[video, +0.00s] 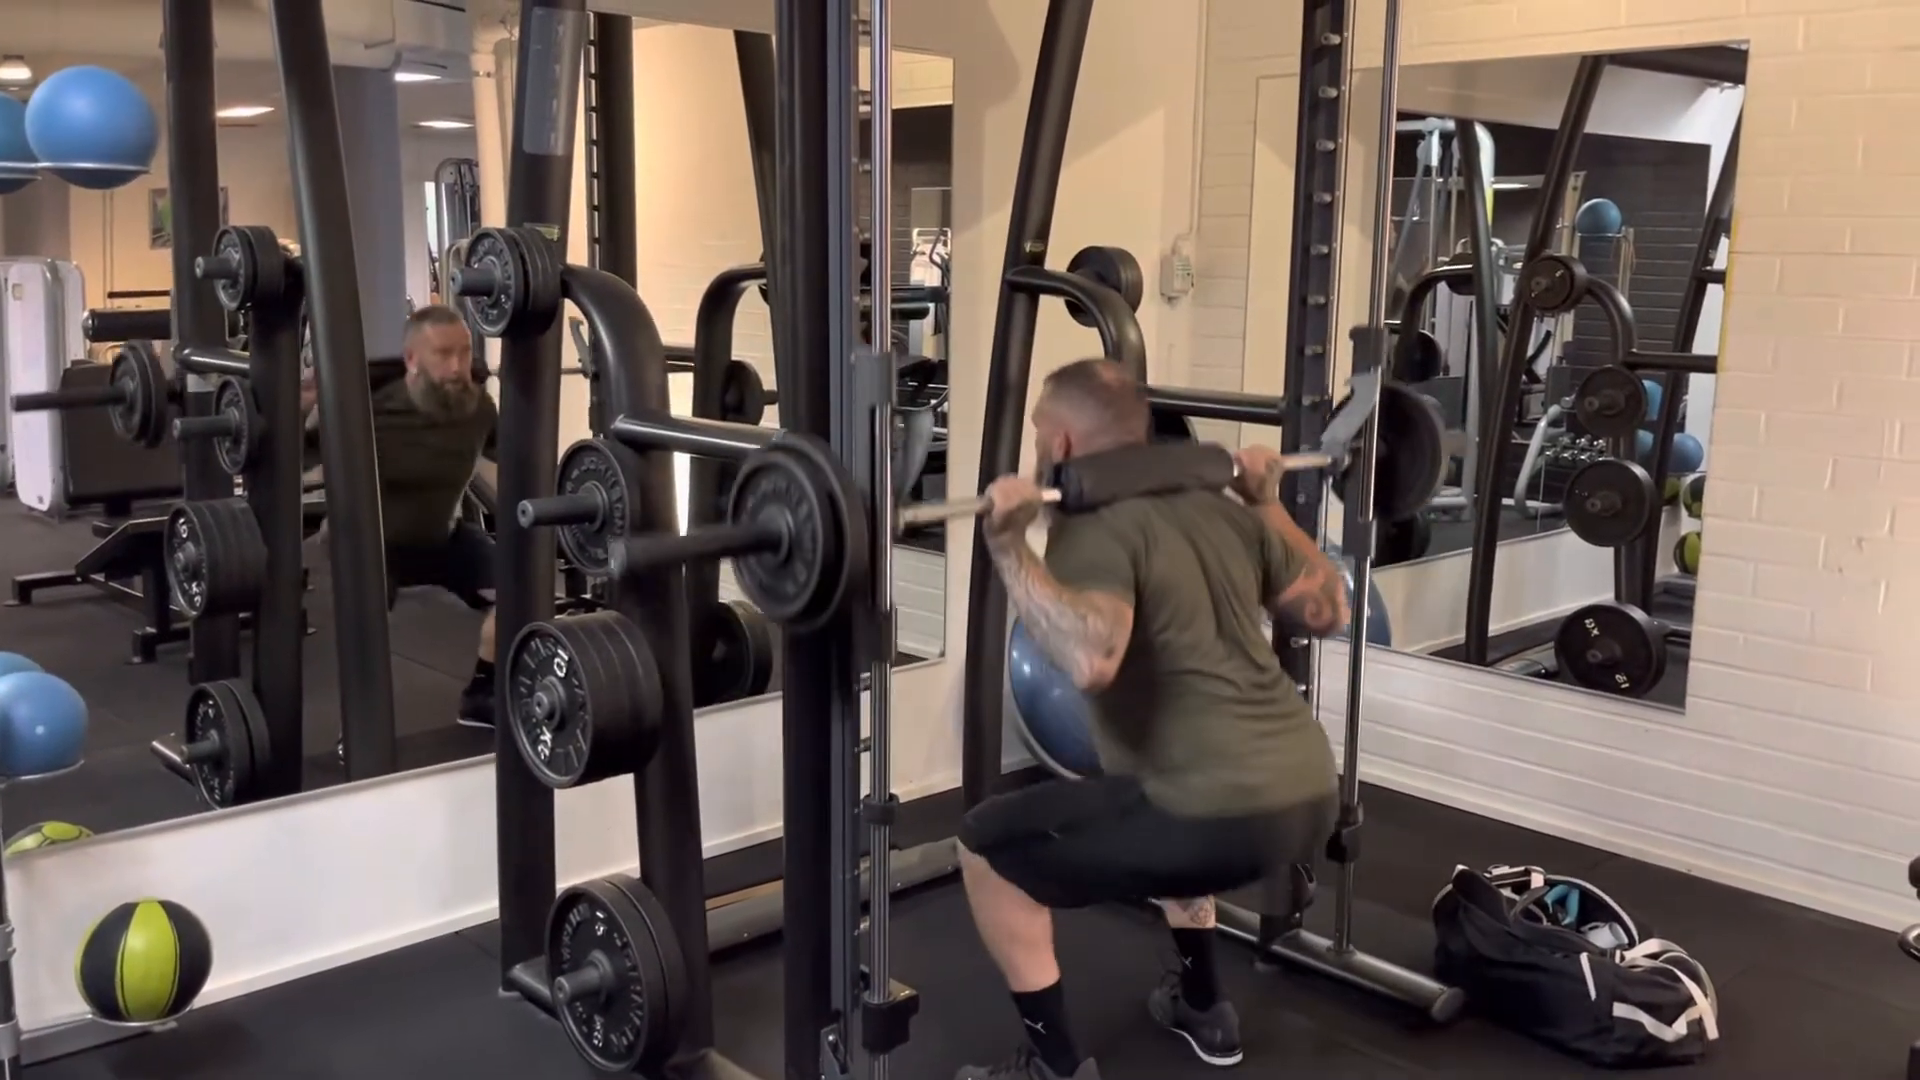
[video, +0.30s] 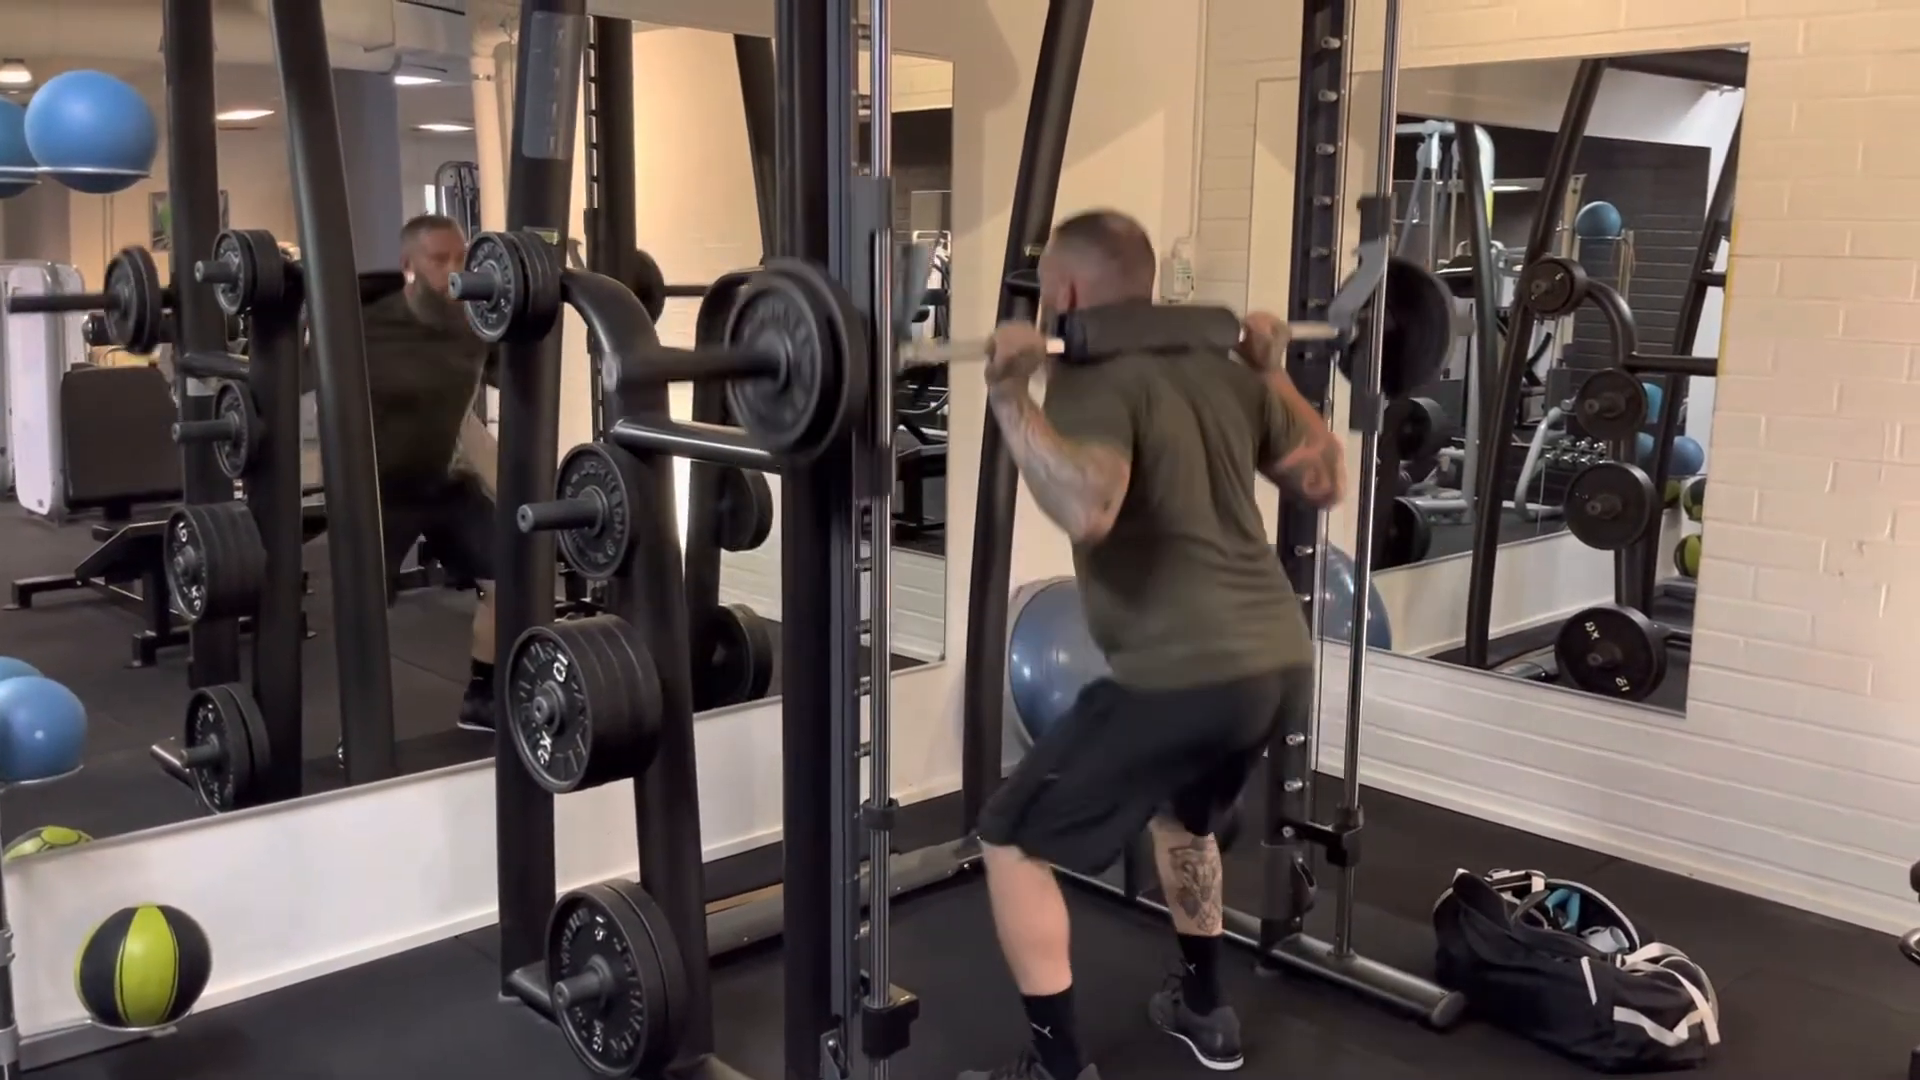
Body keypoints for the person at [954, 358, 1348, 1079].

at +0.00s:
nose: (1036, 450)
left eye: (1038, 436)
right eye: (1034, 436)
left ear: (1060, 445)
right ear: (1139, 431)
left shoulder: (1097, 526)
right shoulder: (1222, 511)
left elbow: (1091, 656)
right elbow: (1328, 609)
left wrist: (1008, 546)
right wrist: (1267, 503)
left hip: (1203, 819)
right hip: (1304, 801)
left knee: (985, 845)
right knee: (1159, 791)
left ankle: (1053, 1055)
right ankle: (1203, 1000)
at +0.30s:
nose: (1048, 303)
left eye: (1049, 289)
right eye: (1049, 289)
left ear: (1070, 289)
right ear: (1145, 284)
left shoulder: (1097, 375)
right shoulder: (1225, 366)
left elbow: (1087, 507)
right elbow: (1328, 478)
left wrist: (1011, 397)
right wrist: (1272, 372)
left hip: (1180, 677)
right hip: (1275, 663)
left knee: (1012, 840)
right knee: (1183, 815)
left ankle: (1057, 1060)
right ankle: (1208, 1015)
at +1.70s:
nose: (1036, 413)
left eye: (1038, 397)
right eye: (1035, 399)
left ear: (1059, 401)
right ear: (1133, 388)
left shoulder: (1099, 473)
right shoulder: (1227, 464)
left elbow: (1094, 603)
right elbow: (1331, 562)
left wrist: (1004, 493)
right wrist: (1270, 460)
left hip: (1194, 783)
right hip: (1292, 770)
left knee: (984, 858)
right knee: (1171, 818)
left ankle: (1057, 1065)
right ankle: (1209, 1019)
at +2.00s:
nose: (1033, 546)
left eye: (1033, 529)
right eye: (1032, 528)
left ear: (1056, 536)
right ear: (1132, 521)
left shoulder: (1098, 609)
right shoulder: (1223, 594)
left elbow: (1093, 750)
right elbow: (1331, 688)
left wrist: (1005, 638)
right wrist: (1266, 585)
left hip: (1205, 914)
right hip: (1302, 898)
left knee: (971, 863)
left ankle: (1053, 1067)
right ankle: (1205, 1022)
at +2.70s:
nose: (1035, 433)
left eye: (1037, 419)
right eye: (1034, 419)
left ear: (1057, 427)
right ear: (1136, 414)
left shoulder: (1094, 506)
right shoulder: (1224, 496)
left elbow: (1085, 636)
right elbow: (1325, 597)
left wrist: (1001, 525)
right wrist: (1265, 491)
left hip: (1200, 807)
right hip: (1300, 791)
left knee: (986, 862)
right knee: (1150, 811)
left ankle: (1051, 1066)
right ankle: (1203, 1022)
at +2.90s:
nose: (1037, 330)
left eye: (1041, 314)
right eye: (1039, 314)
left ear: (1064, 315)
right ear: (1138, 310)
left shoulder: (1090, 399)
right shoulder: (1218, 393)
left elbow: (1079, 533)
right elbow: (1320, 504)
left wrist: (1005, 426)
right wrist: (1267, 401)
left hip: (1170, 706)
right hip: (1265, 693)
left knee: (1002, 858)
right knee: (1172, 832)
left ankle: (1052, 1066)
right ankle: (1201, 1022)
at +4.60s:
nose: (1029, 473)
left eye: (1031, 460)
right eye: (1027, 460)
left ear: (1051, 468)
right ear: (1128, 452)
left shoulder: (1092, 540)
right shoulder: (1221, 529)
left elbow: (1089, 668)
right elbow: (1329, 631)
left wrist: (1003, 563)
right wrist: (1264, 526)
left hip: (1197, 845)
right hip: (1294, 829)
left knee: (973, 884)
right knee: (1135, 830)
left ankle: (1043, 1069)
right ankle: (1200, 1036)